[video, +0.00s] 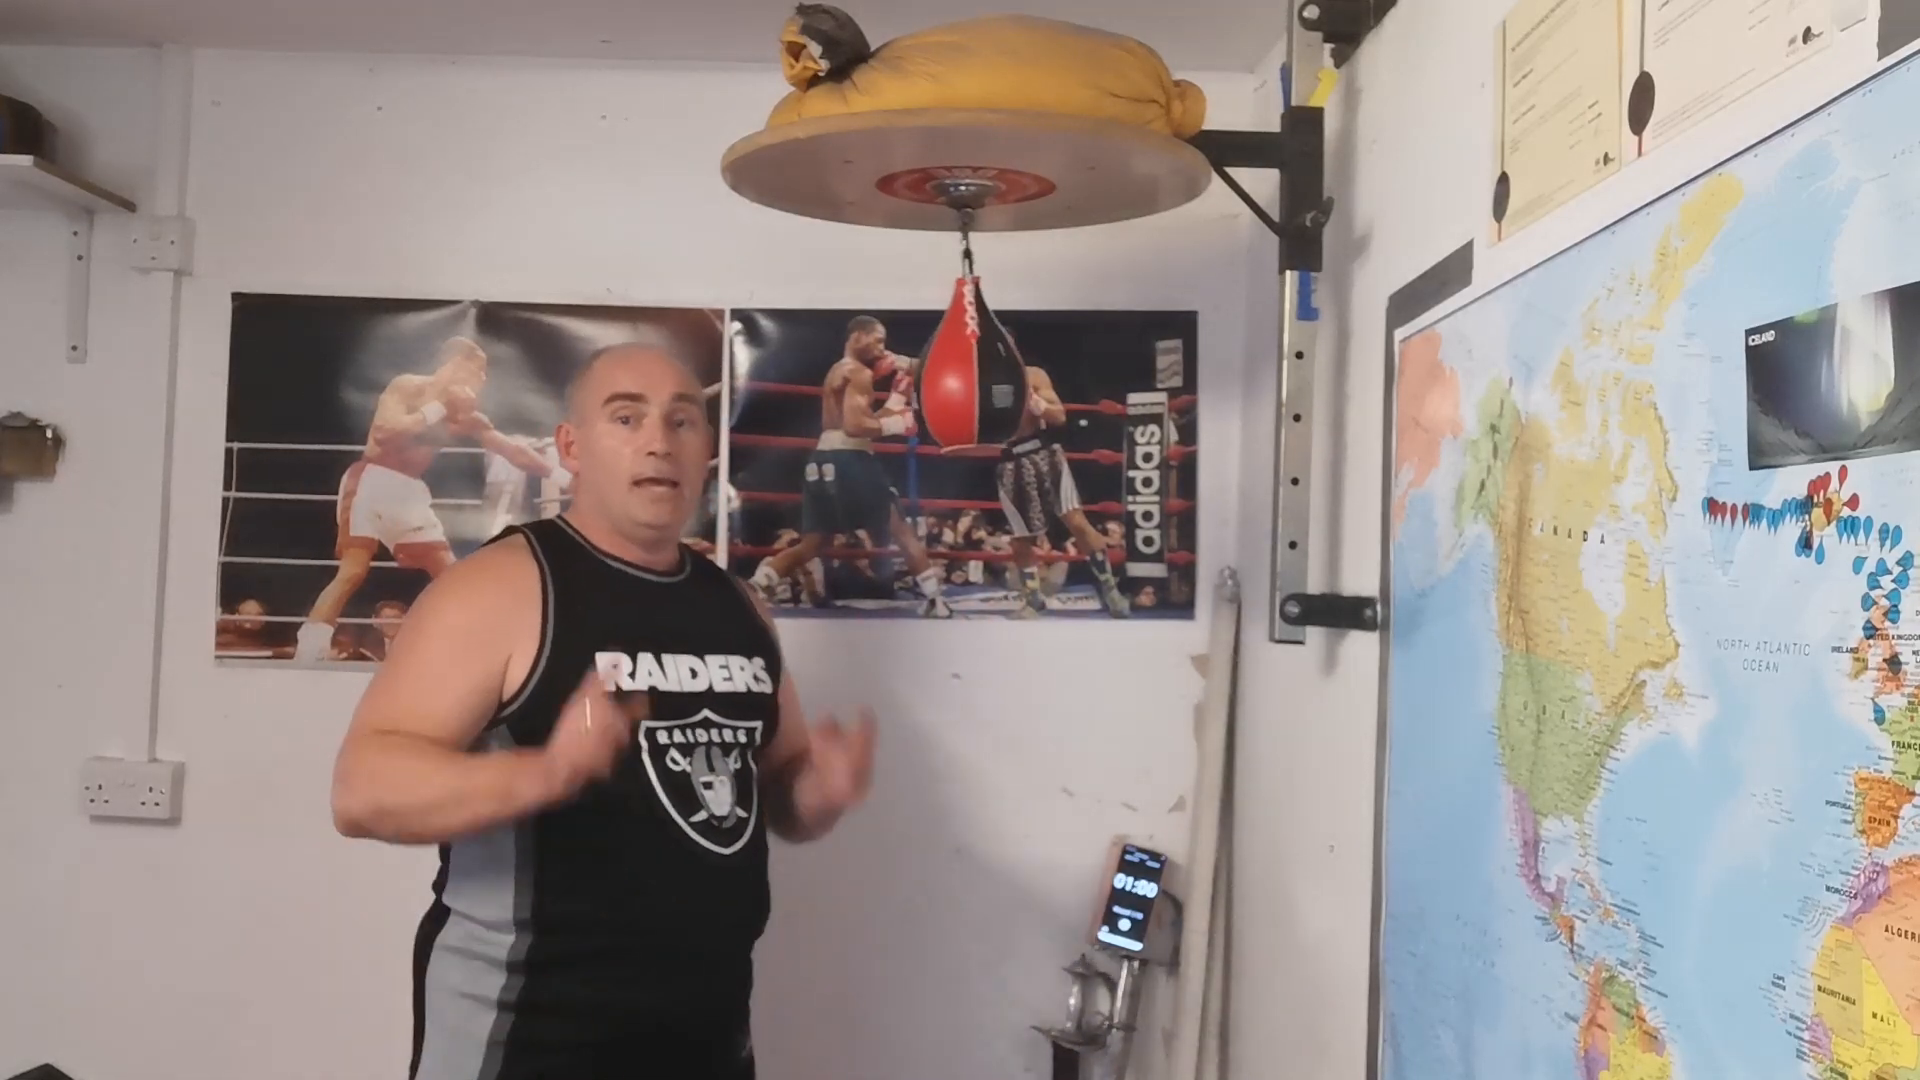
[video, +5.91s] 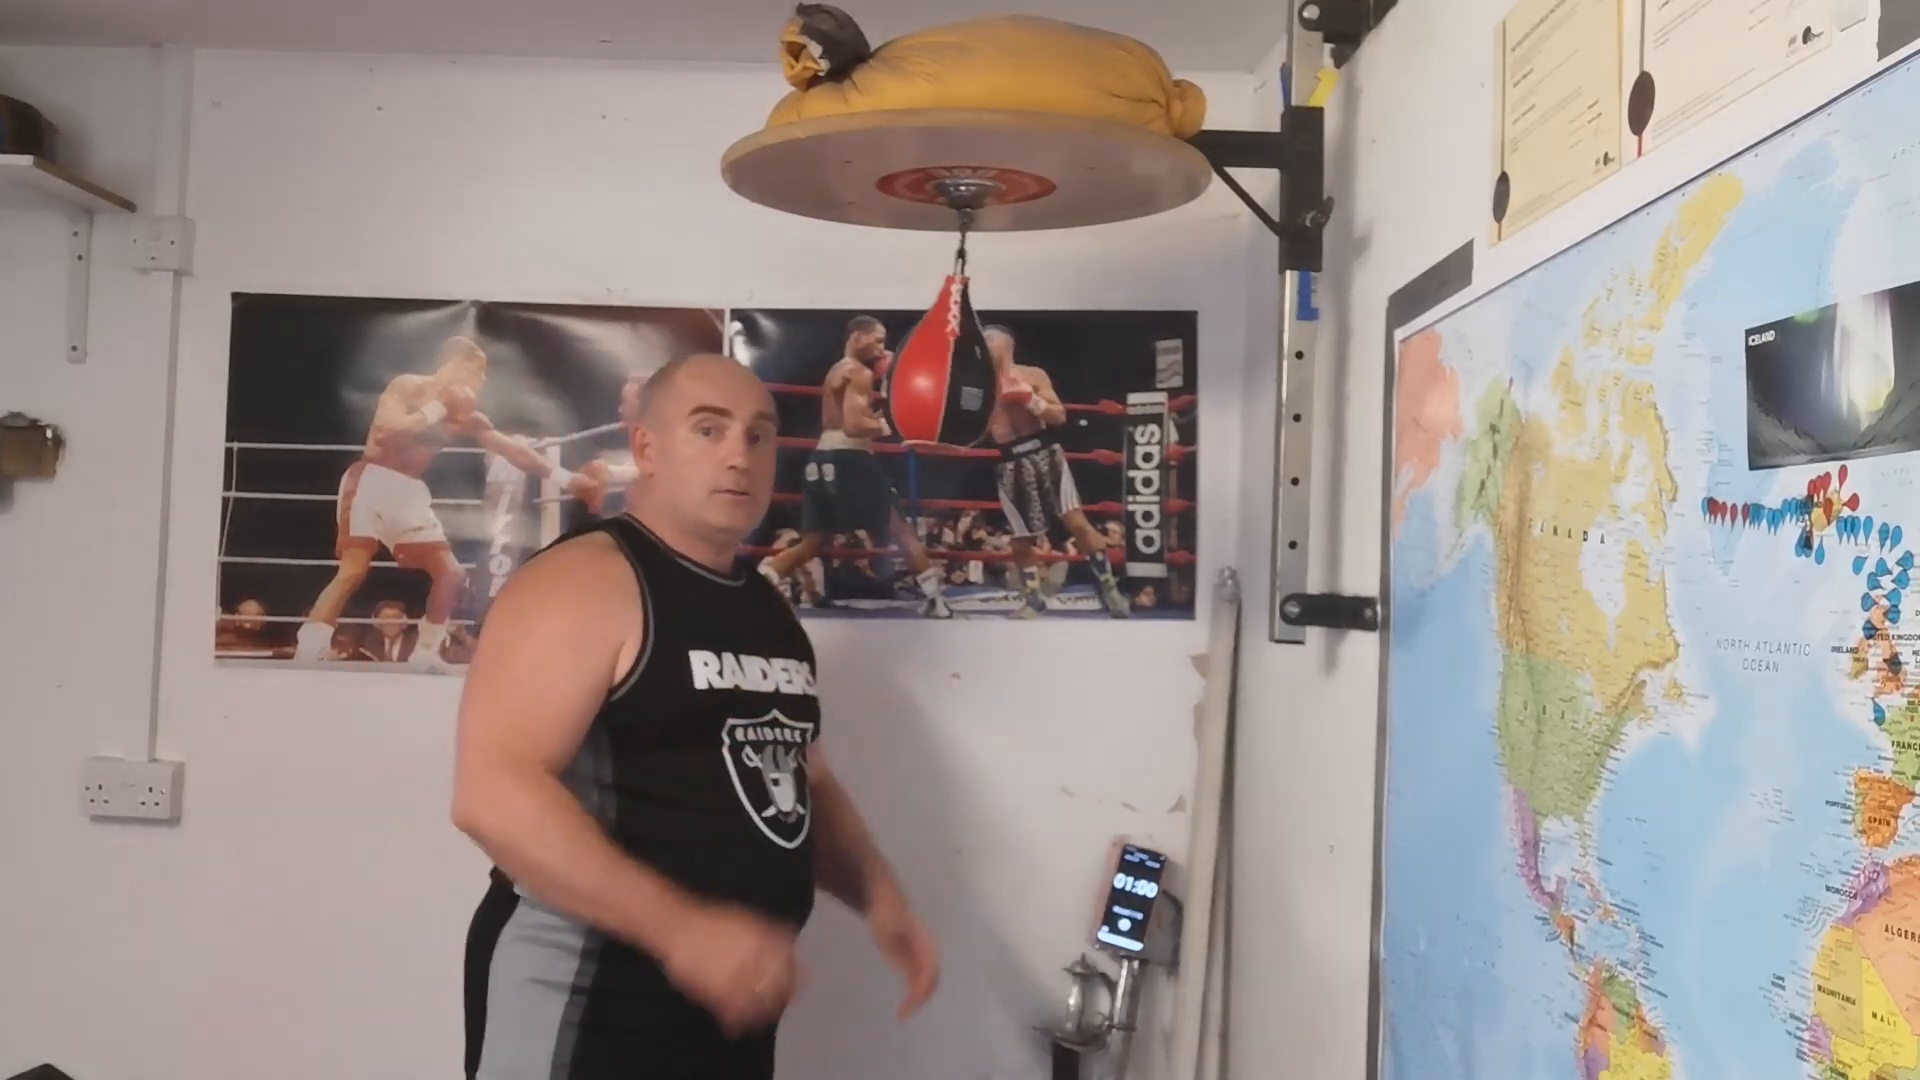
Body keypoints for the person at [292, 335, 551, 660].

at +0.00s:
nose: (480, 381)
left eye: (483, 374)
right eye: (475, 370)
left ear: (474, 378)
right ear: (452, 364)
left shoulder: (464, 409)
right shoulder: (406, 386)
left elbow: (507, 448)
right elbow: (384, 432)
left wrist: (555, 473)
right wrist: (436, 411)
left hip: (409, 493)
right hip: (369, 483)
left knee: (449, 573)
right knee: (352, 572)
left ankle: (466, 651)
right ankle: (308, 649)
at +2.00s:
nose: (476, 384)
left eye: (479, 377)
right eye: (472, 374)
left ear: (476, 380)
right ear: (451, 365)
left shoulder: (464, 415)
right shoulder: (404, 386)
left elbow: (511, 449)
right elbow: (383, 433)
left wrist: (563, 478)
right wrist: (436, 409)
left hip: (408, 492)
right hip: (367, 483)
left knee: (448, 573)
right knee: (353, 570)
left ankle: (461, 654)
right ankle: (306, 652)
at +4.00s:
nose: (479, 384)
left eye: (481, 377)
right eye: (476, 374)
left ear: (471, 379)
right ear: (454, 367)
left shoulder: (463, 415)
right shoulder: (405, 386)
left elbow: (510, 450)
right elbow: (384, 433)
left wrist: (563, 478)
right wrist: (437, 408)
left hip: (409, 493)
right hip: (370, 483)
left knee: (448, 573)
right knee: (353, 571)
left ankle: (460, 651)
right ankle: (305, 650)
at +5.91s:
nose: (474, 386)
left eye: (478, 380)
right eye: (471, 375)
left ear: (475, 384)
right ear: (450, 367)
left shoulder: (464, 415)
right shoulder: (406, 387)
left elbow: (512, 450)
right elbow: (385, 432)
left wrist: (566, 478)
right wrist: (437, 409)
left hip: (409, 491)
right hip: (370, 481)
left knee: (449, 572)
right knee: (352, 571)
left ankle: (425, 656)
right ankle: (306, 651)